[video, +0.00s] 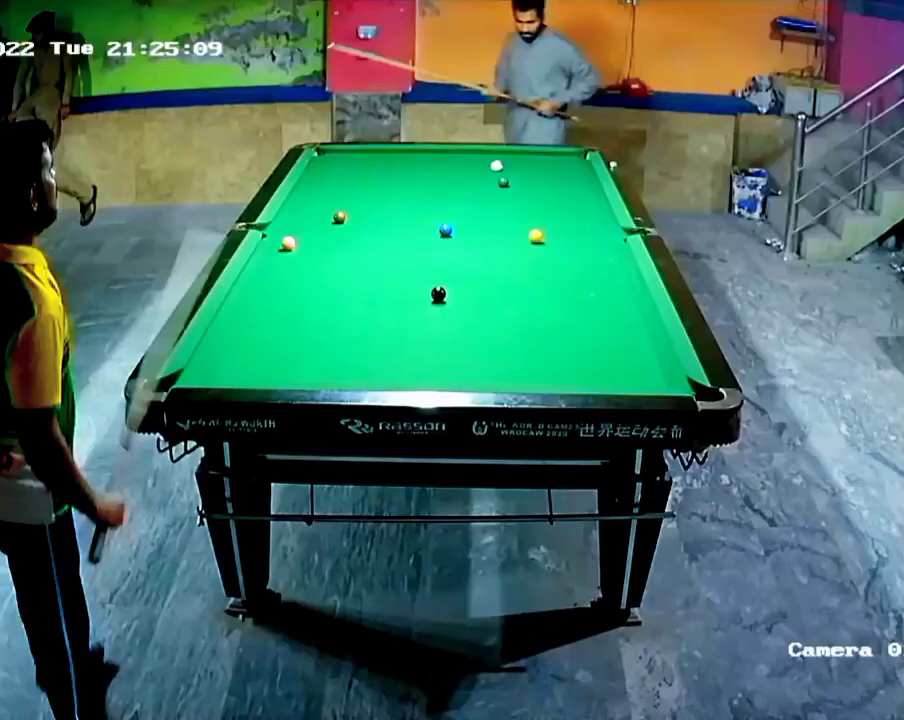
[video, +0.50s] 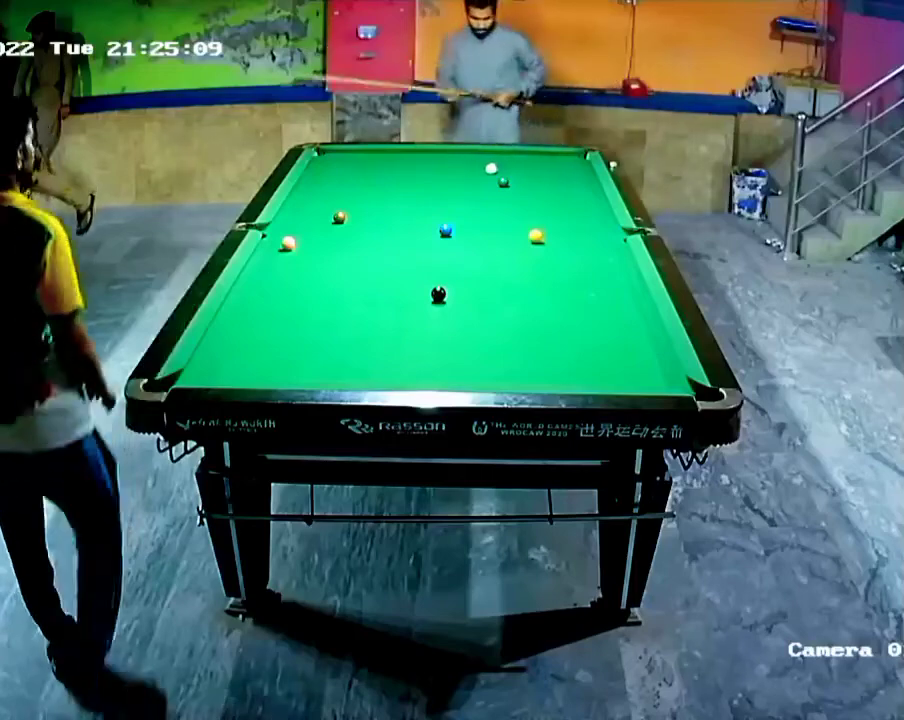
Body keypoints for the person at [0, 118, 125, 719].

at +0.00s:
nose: (58, 185)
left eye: (53, 171)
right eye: (50, 173)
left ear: (14, 192)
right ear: (30, 190)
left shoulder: (17, 261)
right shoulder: (29, 293)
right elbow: (37, 432)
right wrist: (95, 505)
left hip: (17, 475)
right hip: (28, 488)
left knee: (53, 582)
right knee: (54, 604)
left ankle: (75, 666)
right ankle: (72, 701)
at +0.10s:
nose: (58, 185)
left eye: (52, 171)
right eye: (50, 173)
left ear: (14, 192)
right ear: (30, 190)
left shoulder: (17, 261)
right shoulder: (29, 293)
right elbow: (37, 432)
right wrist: (95, 505)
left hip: (18, 475)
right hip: (28, 488)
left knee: (53, 582)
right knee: (54, 603)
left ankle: (75, 666)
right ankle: (72, 701)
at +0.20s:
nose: (51, 172)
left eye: (45, 159)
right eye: (42, 161)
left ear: (8, 180)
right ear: (24, 179)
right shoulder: (27, 271)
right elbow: (48, 398)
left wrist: (81, 458)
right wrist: (97, 469)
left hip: (17, 469)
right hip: (32, 474)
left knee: (55, 600)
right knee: (63, 607)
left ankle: (83, 693)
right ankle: (78, 707)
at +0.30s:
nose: (46, 171)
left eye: (40, 158)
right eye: (37, 161)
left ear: (4, 179)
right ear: (20, 176)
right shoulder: (28, 265)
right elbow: (56, 387)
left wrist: (82, 448)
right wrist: (96, 458)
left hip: (15, 461)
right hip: (33, 465)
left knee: (57, 582)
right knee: (65, 595)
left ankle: (86, 686)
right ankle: (79, 706)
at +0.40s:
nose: (36, 167)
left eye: (32, 157)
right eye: (32, 157)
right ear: (22, 170)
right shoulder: (35, 248)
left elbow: (60, 350)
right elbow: (64, 356)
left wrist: (84, 411)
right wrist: (95, 418)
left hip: (3, 444)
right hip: (36, 448)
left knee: (40, 566)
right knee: (73, 573)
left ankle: (72, 662)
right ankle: (86, 699)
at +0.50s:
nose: (33, 155)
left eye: (30, 144)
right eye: (29, 146)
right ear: (18, 153)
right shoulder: (38, 227)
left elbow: (65, 325)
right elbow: (68, 329)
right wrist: (102, 388)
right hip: (52, 424)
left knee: (26, 553)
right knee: (100, 543)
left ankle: (65, 650)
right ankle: (87, 667)